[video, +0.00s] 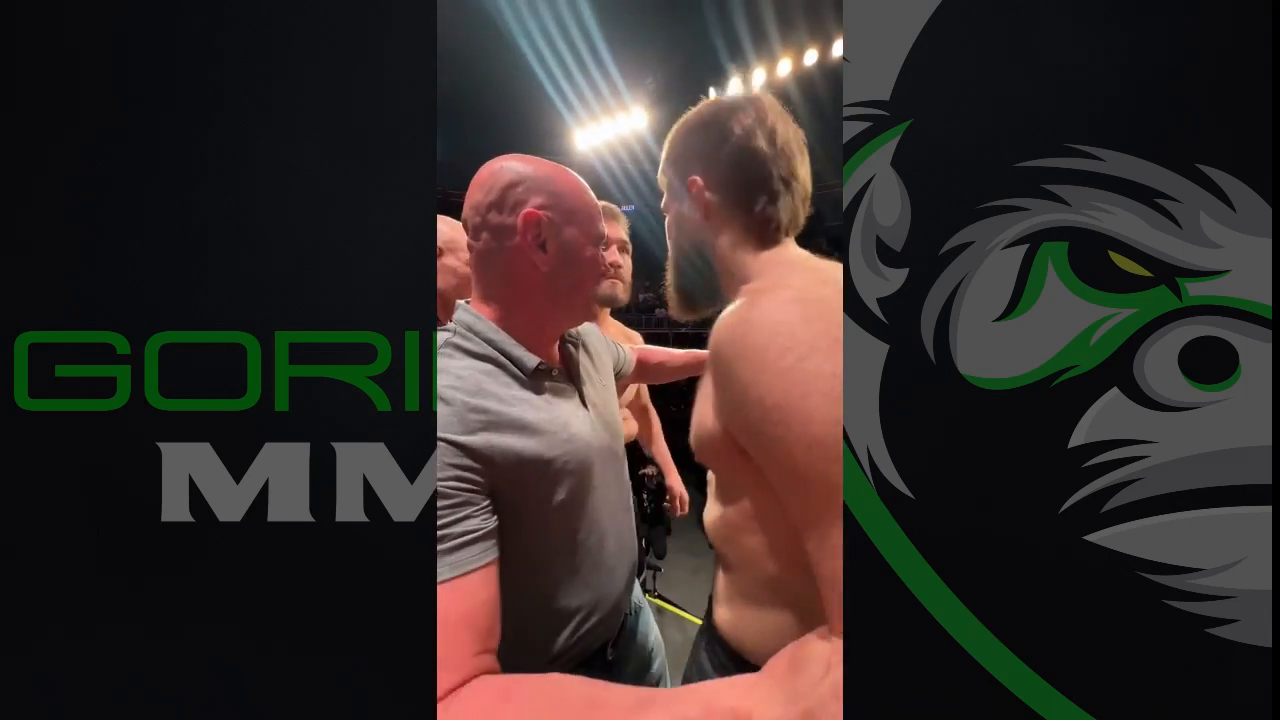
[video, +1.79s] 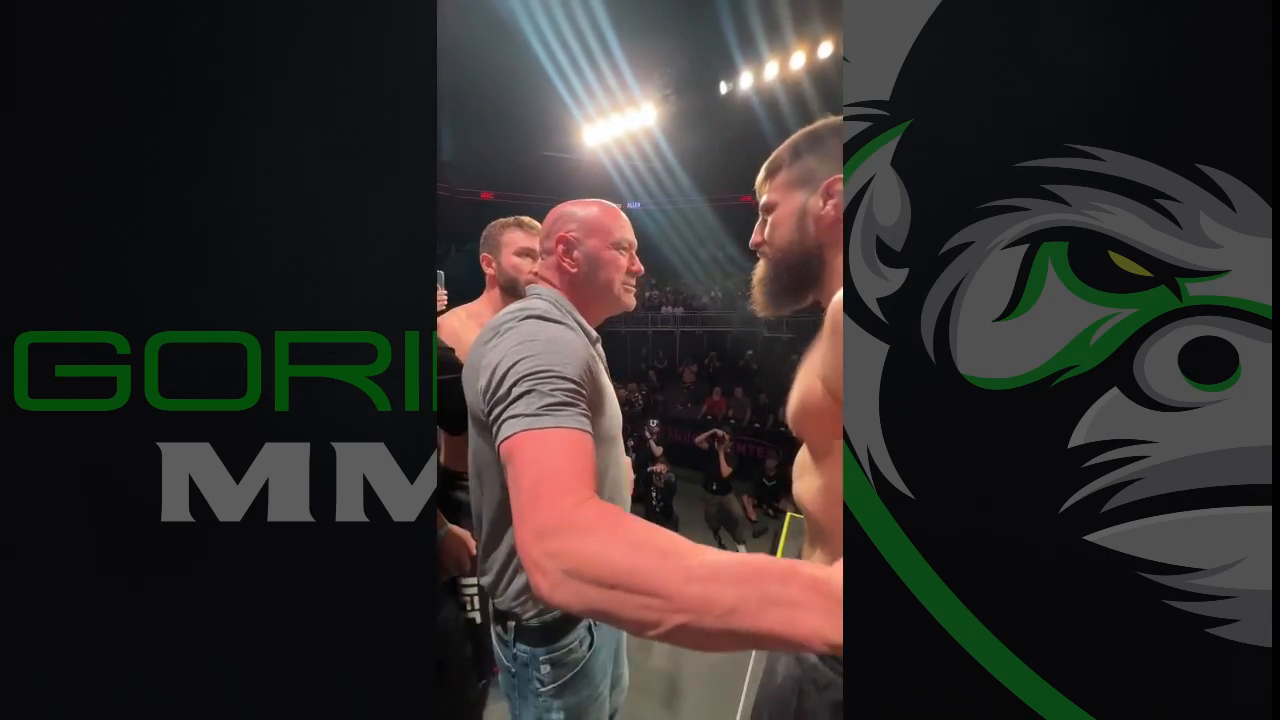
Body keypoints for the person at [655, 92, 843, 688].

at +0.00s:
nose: (665, 223)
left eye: (667, 201)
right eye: (663, 204)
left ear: (698, 196)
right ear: (780, 189)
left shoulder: (759, 328)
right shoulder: (833, 280)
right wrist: (683, 364)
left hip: (758, 672)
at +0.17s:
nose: (609, 265)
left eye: (606, 244)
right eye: (600, 243)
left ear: (543, 232)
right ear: (542, 231)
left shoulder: (570, 340)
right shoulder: (455, 432)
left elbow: (616, 363)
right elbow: (519, 695)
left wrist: (697, 368)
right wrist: (825, 647)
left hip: (625, 611)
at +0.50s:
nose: (599, 265)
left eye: (597, 242)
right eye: (592, 238)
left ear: (539, 229)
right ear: (541, 228)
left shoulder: (520, 335)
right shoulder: (459, 407)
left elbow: (571, 366)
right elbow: (594, 672)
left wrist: (658, 380)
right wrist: (860, 586)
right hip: (493, 698)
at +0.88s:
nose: (624, 277)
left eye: (623, 260)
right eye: (618, 258)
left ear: (573, 250)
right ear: (577, 251)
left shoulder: (558, 340)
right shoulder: (497, 386)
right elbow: (545, 663)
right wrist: (829, 638)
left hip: (598, 594)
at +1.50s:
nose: (650, 277)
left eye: (648, 261)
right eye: (641, 257)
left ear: (592, 257)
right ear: (595, 254)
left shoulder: (545, 333)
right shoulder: (549, 344)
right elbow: (538, 590)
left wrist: (614, 412)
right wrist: (818, 680)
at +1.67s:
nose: (646, 267)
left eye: (642, 253)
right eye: (631, 249)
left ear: (574, 252)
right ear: (575, 250)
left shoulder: (561, 330)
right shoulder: (543, 337)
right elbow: (557, 565)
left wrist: (612, 438)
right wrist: (829, 645)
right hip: (560, 650)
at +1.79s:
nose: (640, 266)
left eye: (635, 251)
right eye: (623, 248)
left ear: (568, 253)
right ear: (567, 251)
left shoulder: (562, 333)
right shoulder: (537, 337)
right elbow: (563, 547)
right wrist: (830, 605)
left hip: (587, 618)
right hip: (553, 636)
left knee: (603, 707)